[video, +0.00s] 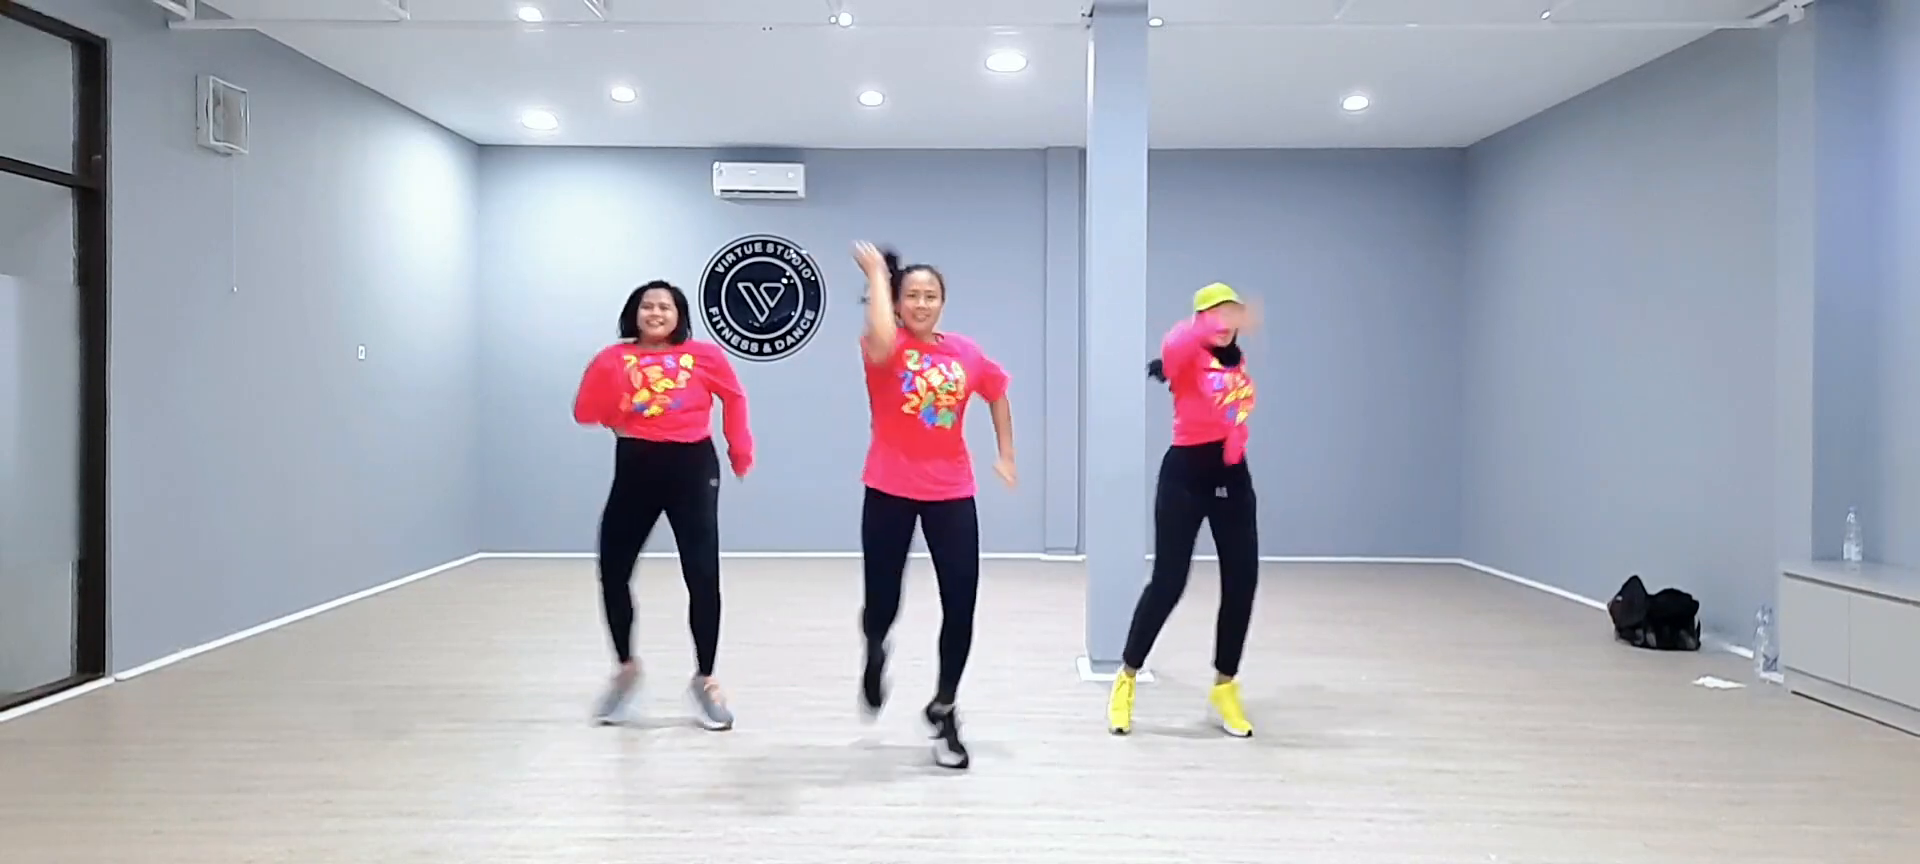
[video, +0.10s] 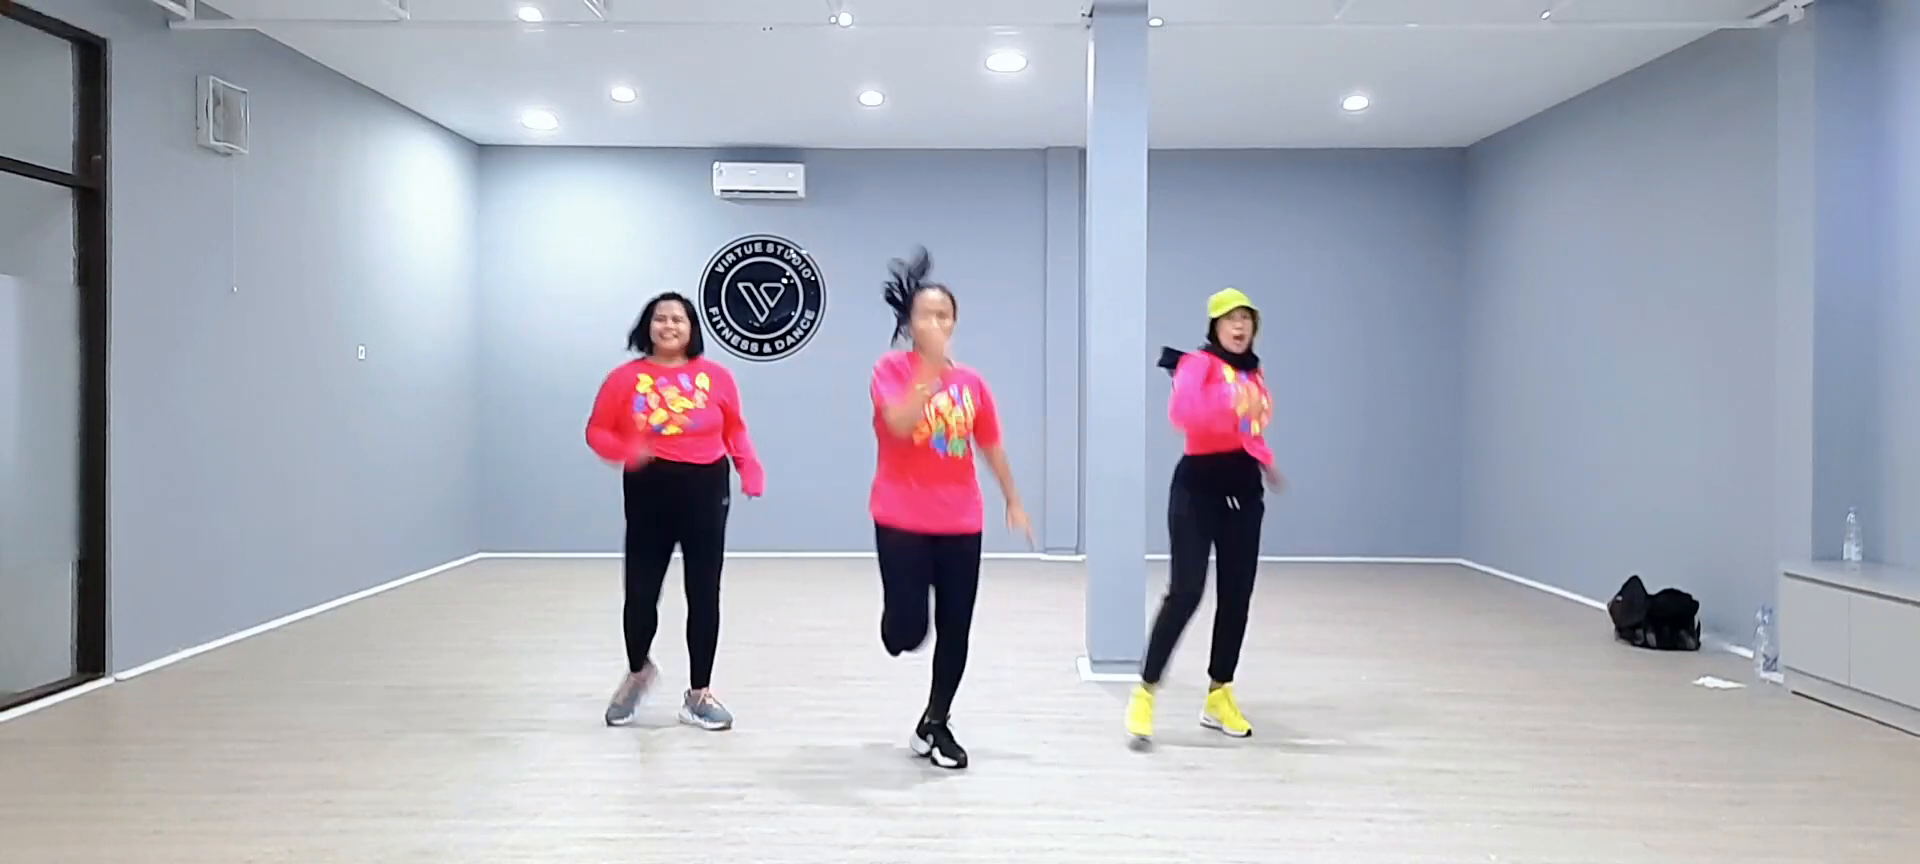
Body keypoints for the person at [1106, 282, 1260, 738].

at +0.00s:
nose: (1228, 321)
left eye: (1233, 312)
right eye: (1220, 313)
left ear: (1238, 320)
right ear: (1201, 318)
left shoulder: (1233, 360)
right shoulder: (1183, 357)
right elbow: (1182, 341)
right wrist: (1220, 321)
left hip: (1233, 475)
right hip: (1185, 474)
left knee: (1241, 583)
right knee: (1169, 581)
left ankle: (1224, 687)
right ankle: (1126, 680)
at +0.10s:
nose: (1240, 327)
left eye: (1247, 319)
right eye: (1231, 319)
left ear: (1254, 327)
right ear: (1215, 325)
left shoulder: (1253, 376)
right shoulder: (1198, 364)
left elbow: (1248, 433)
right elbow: (1181, 414)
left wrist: (1268, 466)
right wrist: (1233, 414)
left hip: (1243, 490)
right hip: (1197, 487)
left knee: (1236, 597)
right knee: (1187, 591)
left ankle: (1219, 695)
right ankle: (1146, 692)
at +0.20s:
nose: (1251, 341)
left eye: (1258, 334)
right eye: (1243, 334)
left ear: (1266, 341)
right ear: (1227, 340)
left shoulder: (1270, 394)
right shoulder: (1207, 385)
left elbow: (1271, 457)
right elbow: (1188, 447)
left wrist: (1299, 463)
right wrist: (1228, 473)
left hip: (1255, 507)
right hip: (1207, 503)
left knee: (1245, 603)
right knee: (1209, 597)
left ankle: (1221, 696)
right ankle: (1186, 705)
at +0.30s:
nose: (1255, 337)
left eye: (1262, 330)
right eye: (1246, 330)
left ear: (1273, 337)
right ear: (1232, 336)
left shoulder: (1285, 389)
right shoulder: (1210, 381)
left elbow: (1318, 440)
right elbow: (1168, 432)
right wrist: (1190, 467)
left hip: (1266, 497)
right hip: (1220, 494)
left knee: (1255, 597)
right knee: (1232, 593)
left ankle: (1223, 691)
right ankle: (1229, 699)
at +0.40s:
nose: (1254, 335)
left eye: (1263, 327)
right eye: (1246, 327)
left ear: (1275, 333)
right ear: (1233, 332)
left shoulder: (1293, 378)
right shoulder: (1217, 375)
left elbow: (1359, 398)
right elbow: (1163, 412)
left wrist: (1316, 380)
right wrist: (1173, 441)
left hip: (1279, 492)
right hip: (1232, 489)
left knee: (1271, 601)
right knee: (1253, 601)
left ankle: (1232, 681)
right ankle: (1265, 729)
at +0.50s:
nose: (1260, 348)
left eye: (1268, 340)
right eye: (1251, 340)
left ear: (1281, 346)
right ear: (1238, 347)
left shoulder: (1302, 384)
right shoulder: (1224, 392)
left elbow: (1370, 389)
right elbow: (1171, 434)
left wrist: (1336, 410)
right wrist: (1187, 450)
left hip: (1291, 505)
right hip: (1246, 505)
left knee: (1283, 610)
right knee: (1285, 613)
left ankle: (1237, 679)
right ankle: (1283, 754)